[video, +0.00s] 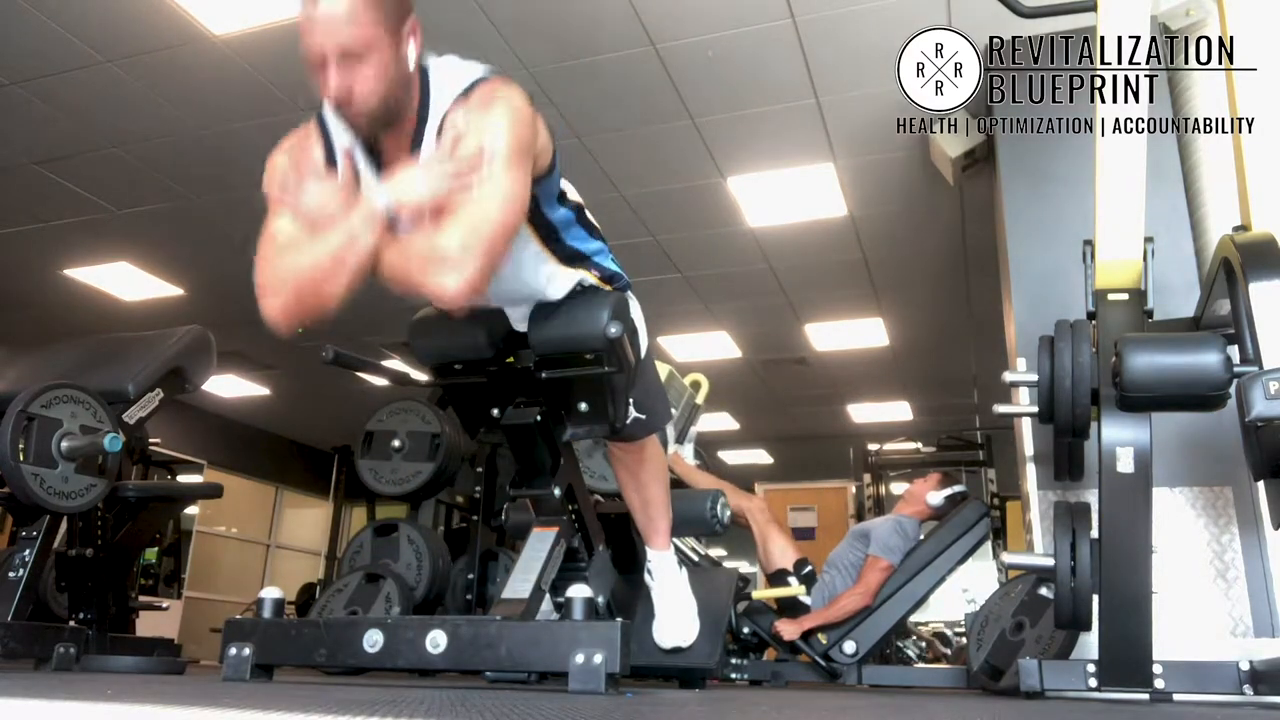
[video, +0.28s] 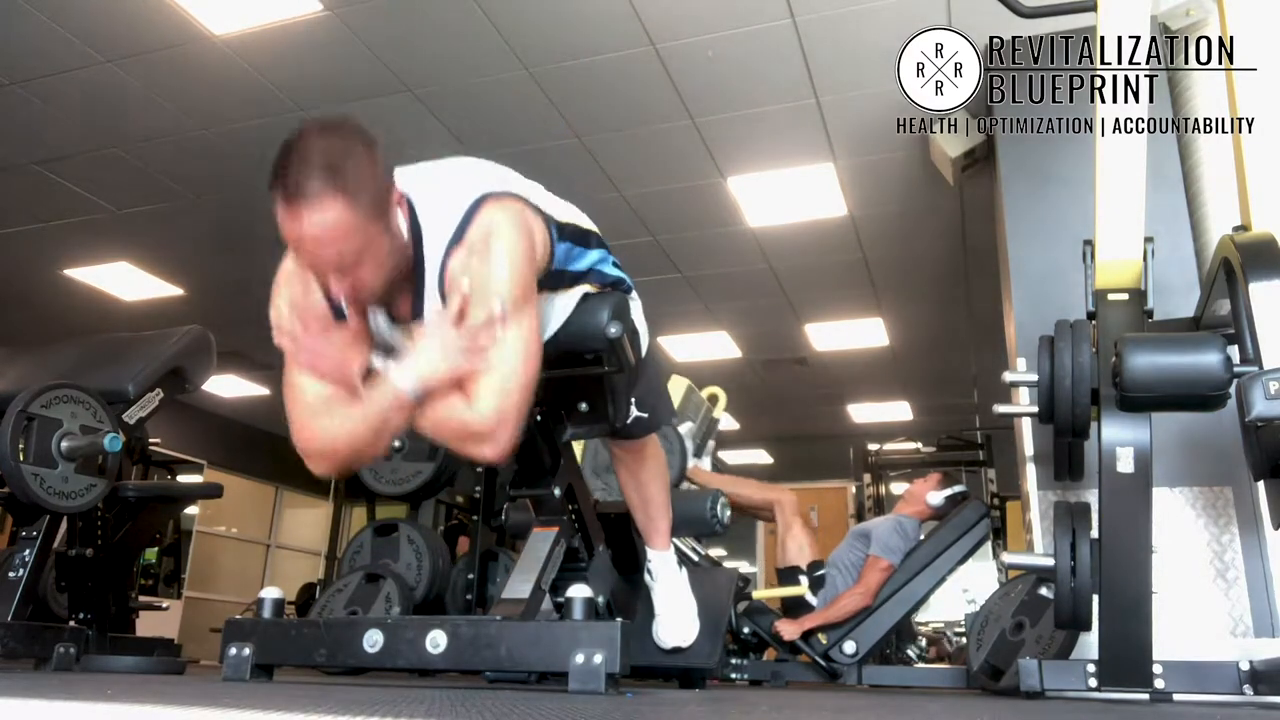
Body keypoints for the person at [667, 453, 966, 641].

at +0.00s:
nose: (919, 479)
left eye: (927, 479)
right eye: (926, 476)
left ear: (932, 498)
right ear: (931, 501)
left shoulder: (895, 529)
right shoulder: (900, 528)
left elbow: (865, 595)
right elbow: (865, 594)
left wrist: (801, 624)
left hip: (808, 606)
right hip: (813, 599)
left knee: (756, 507)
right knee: (756, 507)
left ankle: (676, 461)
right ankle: (686, 464)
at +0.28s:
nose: (919, 479)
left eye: (927, 480)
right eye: (926, 477)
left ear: (929, 499)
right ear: (930, 505)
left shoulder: (897, 527)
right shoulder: (901, 526)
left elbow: (865, 595)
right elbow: (864, 593)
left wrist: (802, 624)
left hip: (811, 604)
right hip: (817, 600)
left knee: (785, 500)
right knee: (786, 504)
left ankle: (695, 471)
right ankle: (707, 476)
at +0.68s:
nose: (916, 481)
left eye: (926, 480)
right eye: (924, 478)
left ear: (931, 497)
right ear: (934, 503)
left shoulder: (896, 528)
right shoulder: (905, 528)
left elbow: (865, 595)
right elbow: (865, 594)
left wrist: (802, 624)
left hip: (818, 606)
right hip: (823, 602)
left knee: (826, 498)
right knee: (825, 504)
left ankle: (725, 497)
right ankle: (733, 510)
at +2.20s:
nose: (889, 479)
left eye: (898, 474)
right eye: (893, 472)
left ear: (917, 488)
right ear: (914, 489)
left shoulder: (895, 528)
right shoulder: (901, 526)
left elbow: (865, 595)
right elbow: (866, 592)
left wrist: (802, 625)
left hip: (812, 602)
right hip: (817, 594)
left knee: (790, 498)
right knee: (787, 501)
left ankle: (698, 471)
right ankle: (712, 481)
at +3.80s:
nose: (868, 490)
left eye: (869, 483)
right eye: (868, 483)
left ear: (879, 481)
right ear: (903, 482)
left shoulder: (889, 527)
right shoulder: (898, 525)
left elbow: (866, 592)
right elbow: (867, 591)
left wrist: (819, 641)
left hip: (814, 616)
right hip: (821, 611)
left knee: (798, 496)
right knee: (801, 505)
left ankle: (702, 479)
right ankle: (724, 497)